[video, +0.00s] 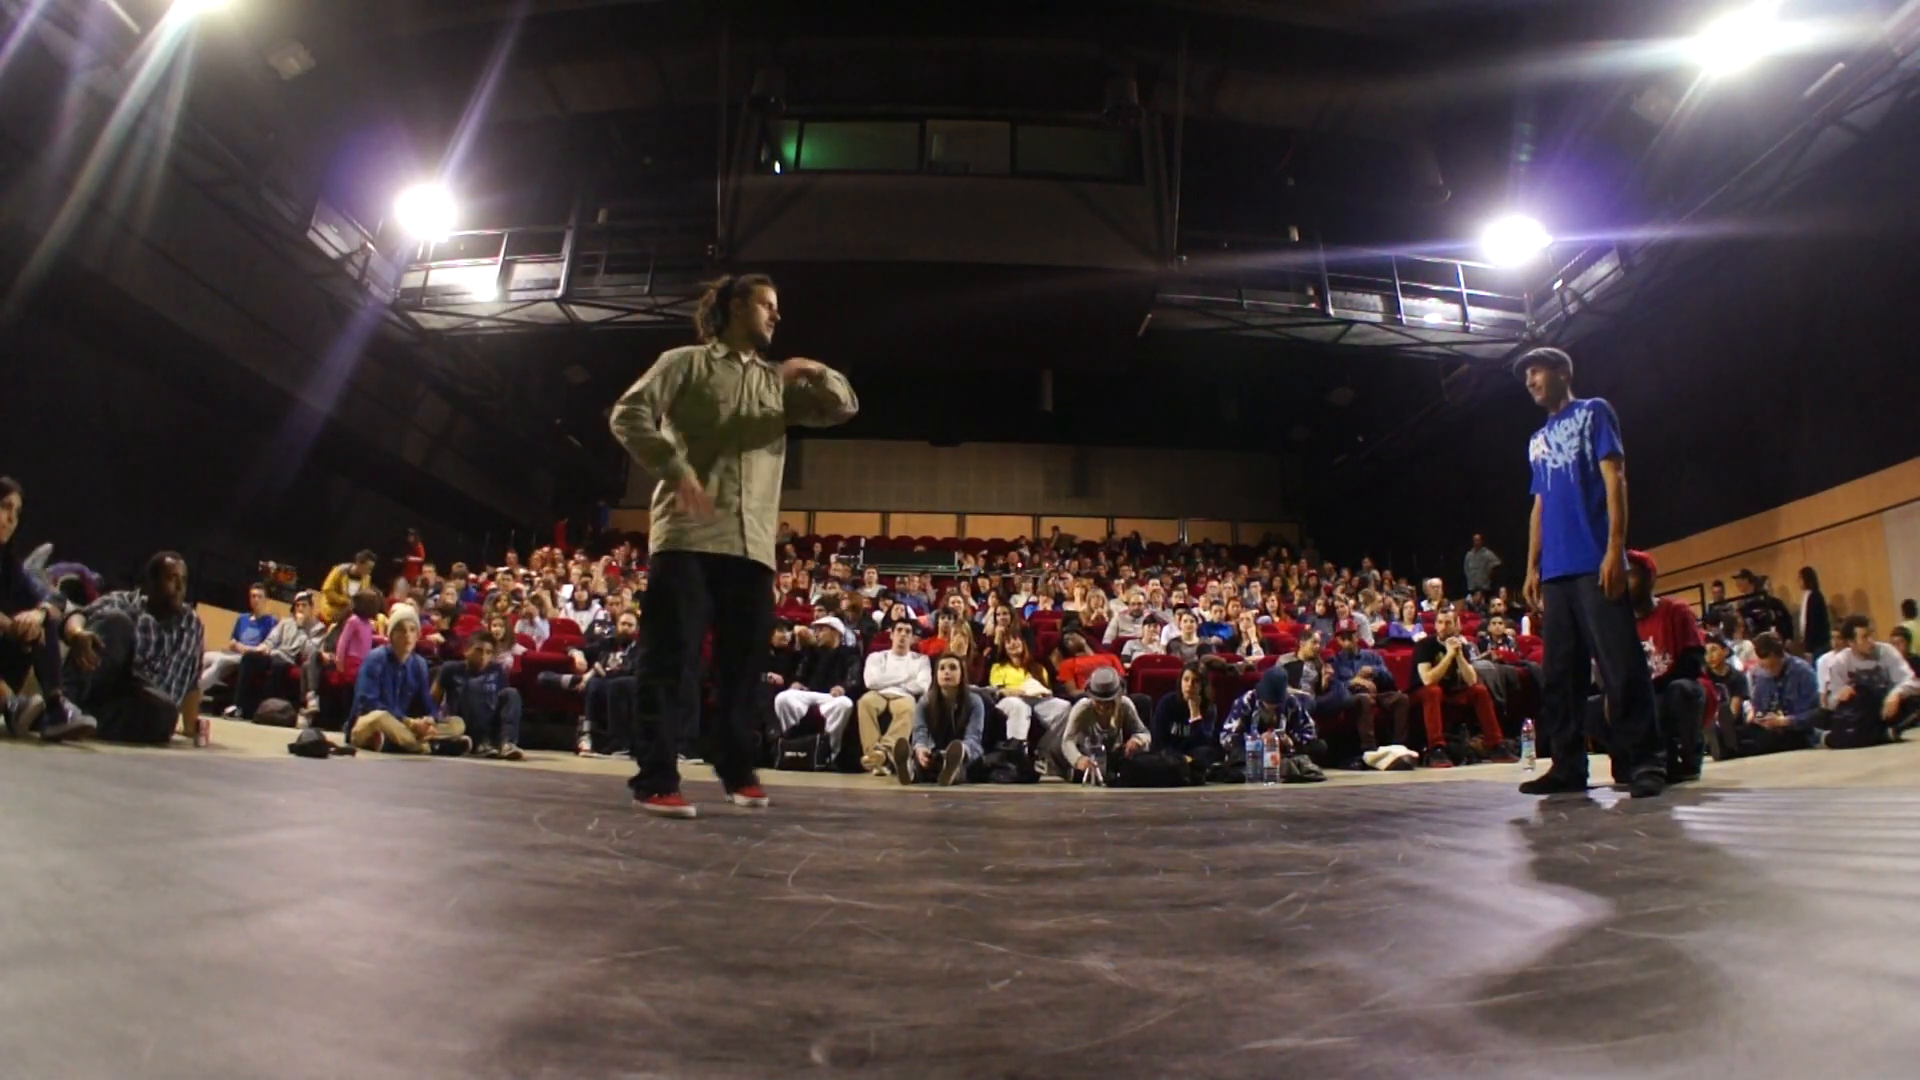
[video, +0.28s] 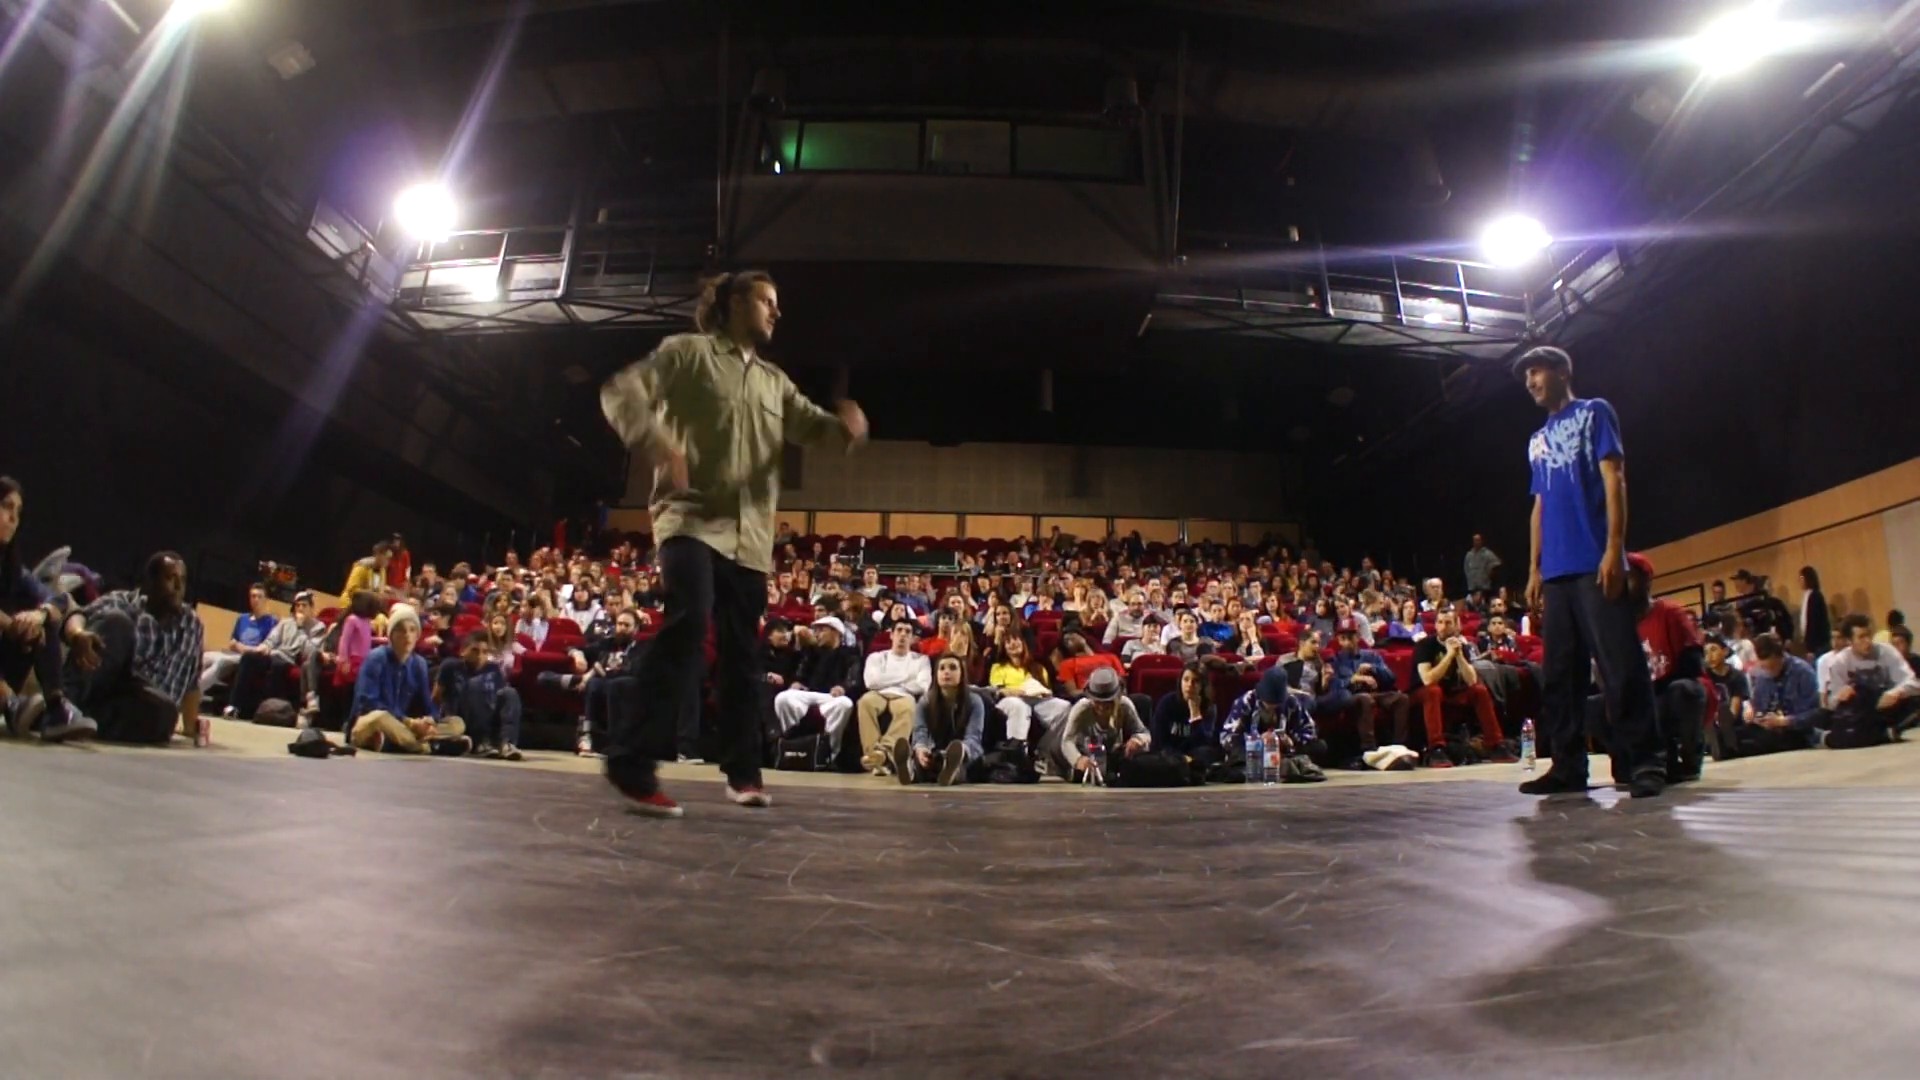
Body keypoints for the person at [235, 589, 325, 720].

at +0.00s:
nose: (300, 609)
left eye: (304, 605)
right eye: (297, 605)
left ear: (311, 608)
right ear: (294, 608)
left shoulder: (318, 629)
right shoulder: (285, 623)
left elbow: (308, 651)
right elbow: (271, 639)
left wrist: (301, 627)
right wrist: (266, 647)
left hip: (293, 661)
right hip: (274, 656)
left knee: (277, 665)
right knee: (249, 658)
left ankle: (268, 709)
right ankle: (239, 706)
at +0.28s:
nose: (300, 609)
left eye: (304, 606)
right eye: (298, 605)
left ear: (312, 609)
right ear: (294, 608)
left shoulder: (319, 628)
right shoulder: (286, 623)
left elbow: (309, 652)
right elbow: (271, 639)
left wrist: (301, 628)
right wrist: (265, 647)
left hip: (293, 661)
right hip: (274, 656)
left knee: (277, 665)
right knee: (248, 658)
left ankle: (269, 709)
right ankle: (234, 706)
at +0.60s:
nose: (301, 609)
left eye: (304, 606)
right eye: (298, 605)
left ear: (312, 608)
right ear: (294, 608)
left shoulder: (319, 628)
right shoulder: (285, 623)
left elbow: (309, 652)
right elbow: (271, 640)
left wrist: (300, 628)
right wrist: (264, 648)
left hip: (292, 661)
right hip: (273, 656)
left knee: (277, 666)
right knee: (248, 658)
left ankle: (271, 710)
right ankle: (234, 705)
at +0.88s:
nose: (301, 609)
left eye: (305, 606)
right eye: (298, 606)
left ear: (312, 609)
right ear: (294, 609)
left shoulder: (319, 628)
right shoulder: (285, 623)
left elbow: (309, 653)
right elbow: (271, 640)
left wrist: (301, 628)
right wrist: (264, 647)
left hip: (292, 661)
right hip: (273, 656)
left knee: (277, 667)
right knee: (248, 658)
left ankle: (270, 710)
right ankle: (234, 706)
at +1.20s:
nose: (300, 609)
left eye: (304, 606)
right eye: (298, 606)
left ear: (312, 608)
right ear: (294, 609)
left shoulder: (319, 628)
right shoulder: (285, 623)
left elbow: (309, 652)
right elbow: (271, 640)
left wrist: (301, 628)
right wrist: (264, 647)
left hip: (292, 661)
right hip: (273, 656)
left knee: (277, 666)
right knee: (248, 657)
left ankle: (269, 710)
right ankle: (234, 705)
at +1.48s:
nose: (298, 609)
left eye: (303, 606)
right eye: (297, 605)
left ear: (312, 609)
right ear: (294, 608)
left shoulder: (319, 628)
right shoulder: (285, 623)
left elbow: (309, 652)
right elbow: (271, 640)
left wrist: (300, 628)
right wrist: (264, 647)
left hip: (292, 661)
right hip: (273, 656)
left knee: (277, 667)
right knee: (248, 657)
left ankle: (270, 710)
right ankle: (234, 706)